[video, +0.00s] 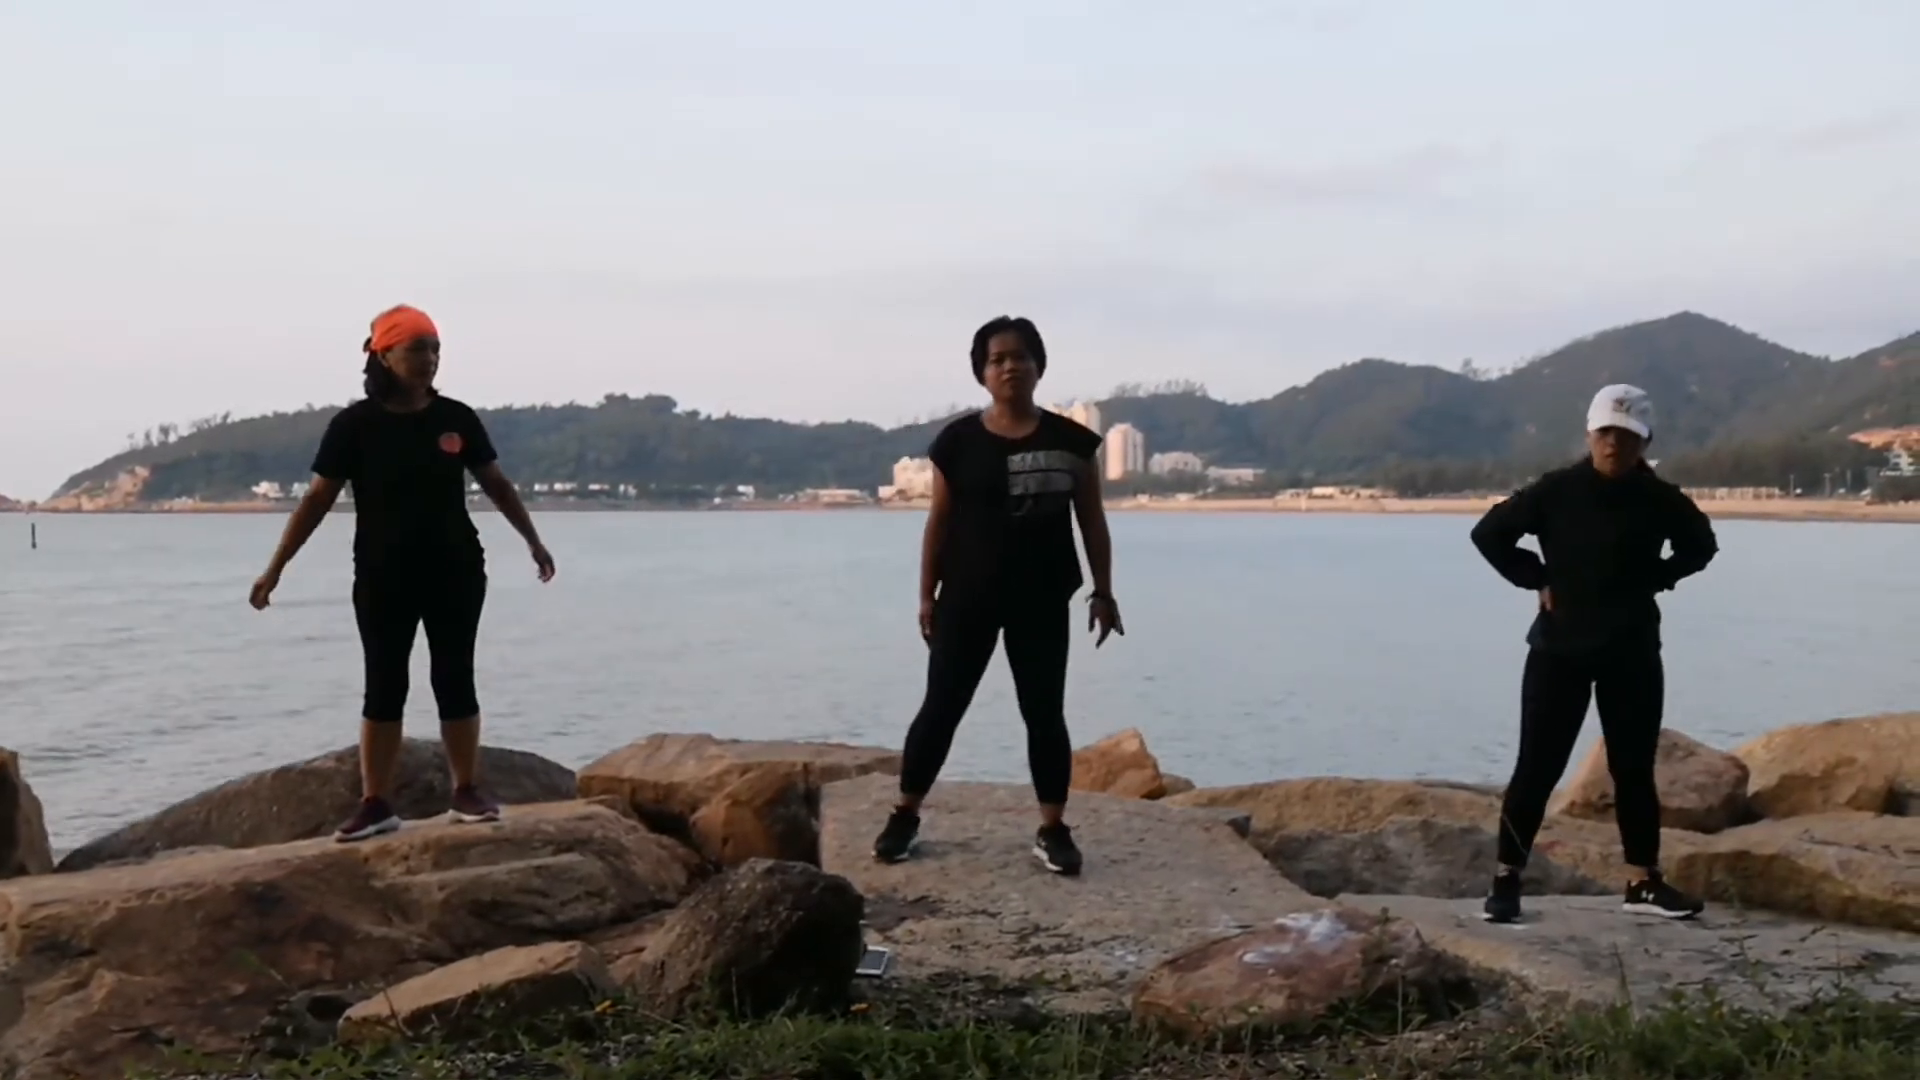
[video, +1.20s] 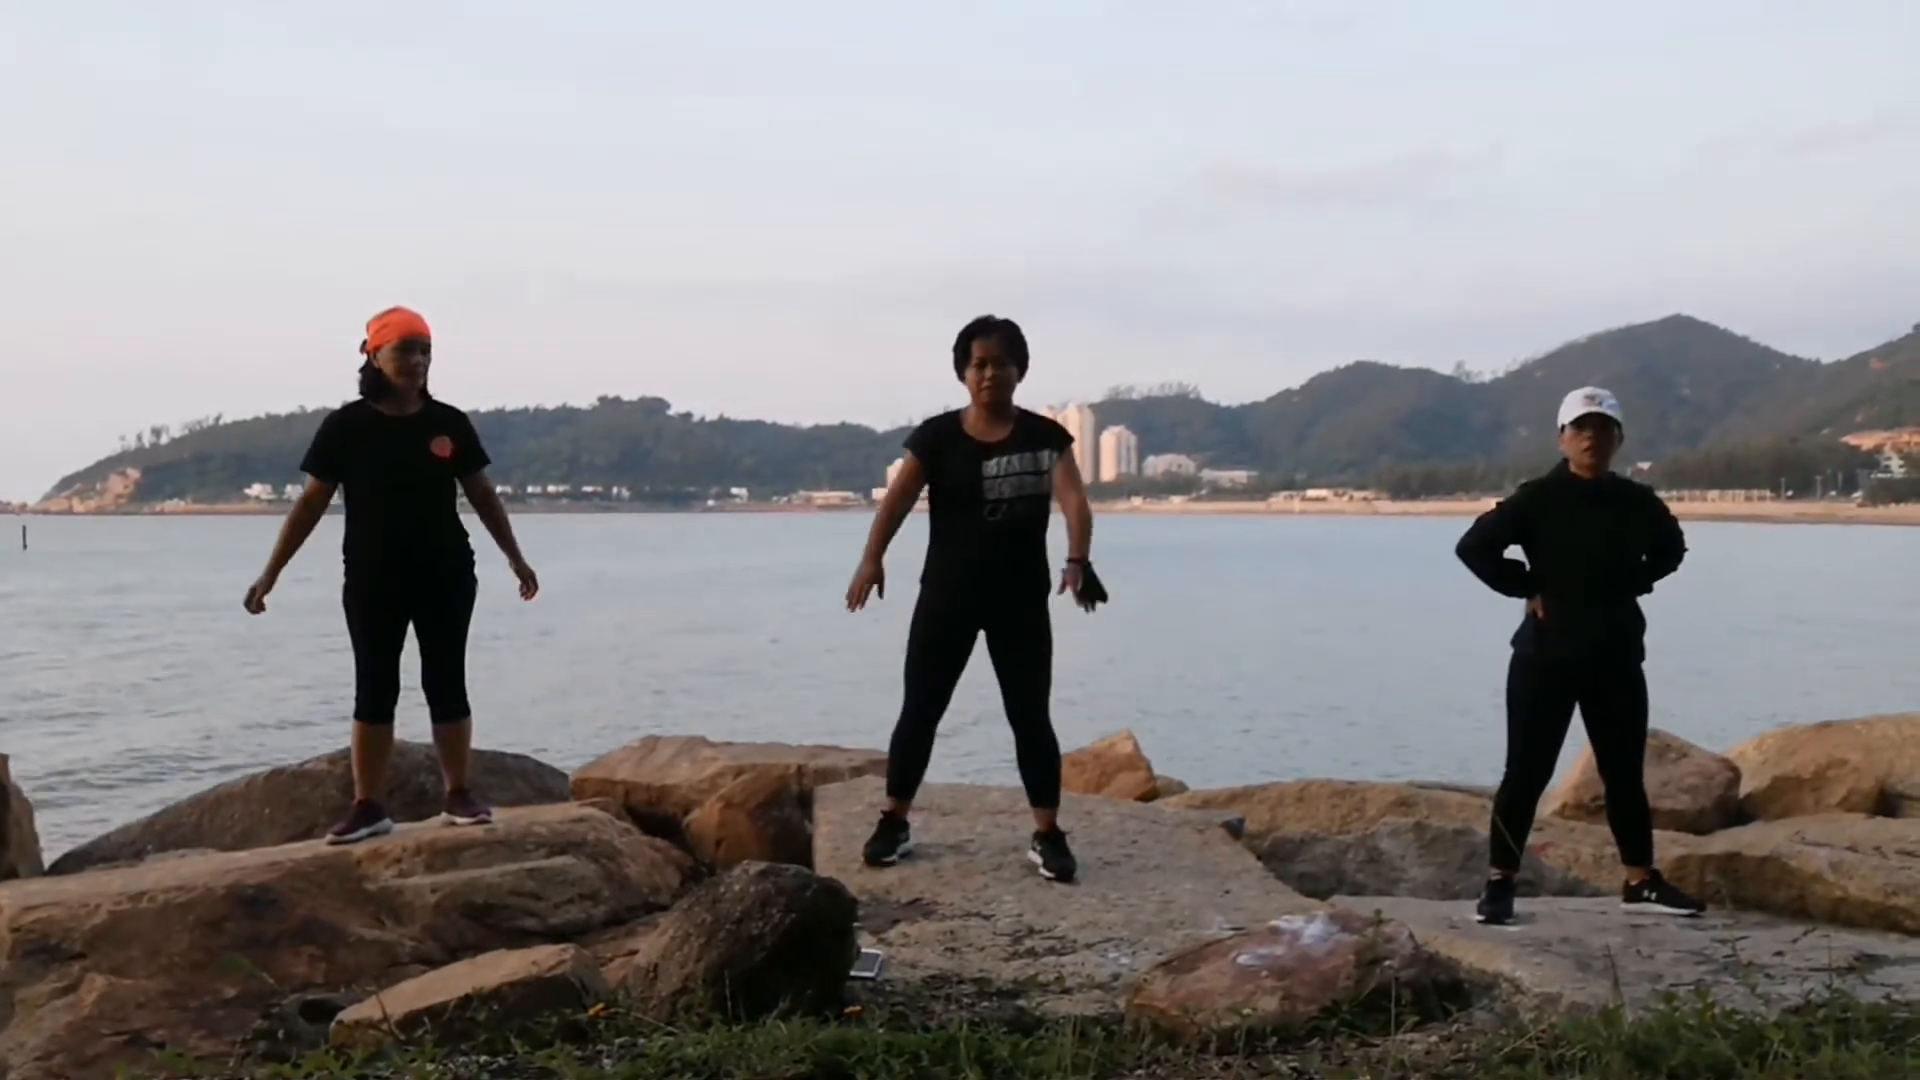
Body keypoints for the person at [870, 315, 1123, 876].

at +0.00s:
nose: (1010, 367)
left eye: (1020, 357)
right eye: (998, 359)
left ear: (1038, 366)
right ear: (982, 371)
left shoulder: (1071, 441)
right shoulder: (956, 442)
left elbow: (1092, 521)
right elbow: (938, 524)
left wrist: (1103, 591)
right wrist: (926, 597)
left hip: (1041, 604)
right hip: (969, 601)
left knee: (1046, 716)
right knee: (940, 709)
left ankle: (1053, 827)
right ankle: (906, 814)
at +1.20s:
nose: (988, 374)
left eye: (999, 364)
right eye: (978, 365)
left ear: (1019, 370)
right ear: (962, 372)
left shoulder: (1046, 438)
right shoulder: (936, 437)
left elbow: (1075, 503)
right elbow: (896, 501)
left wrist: (1077, 558)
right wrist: (870, 558)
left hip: (1020, 600)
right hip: (948, 599)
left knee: (1031, 717)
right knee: (920, 710)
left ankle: (1048, 833)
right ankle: (893, 821)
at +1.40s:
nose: (980, 401)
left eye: (993, 391)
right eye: (971, 389)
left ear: (1012, 396)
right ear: (955, 393)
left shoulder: (1031, 447)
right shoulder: (932, 444)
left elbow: (1056, 467)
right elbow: (901, 459)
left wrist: (1067, 478)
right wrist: (882, 476)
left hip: (1011, 616)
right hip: (937, 613)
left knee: (1043, 730)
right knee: (898, 716)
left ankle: (1047, 835)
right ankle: (892, 823)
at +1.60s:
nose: (970, 462)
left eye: (982, 452)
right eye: (960, 452)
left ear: (1000, 459)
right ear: (945, 459)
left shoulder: (1014, 509)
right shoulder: (927, 507)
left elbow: (1036, 505)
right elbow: (906, 507)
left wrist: (1050, 477)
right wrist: (897, 482)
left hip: (1001, 666)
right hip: (928, 664)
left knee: (1059, 735)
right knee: (873, 728)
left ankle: (1047, 836)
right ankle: (889, 825)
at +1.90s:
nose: (966, 524)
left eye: (977, 514)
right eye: (956, 513)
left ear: (995, 522)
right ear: (939, 520)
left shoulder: (1007, 565)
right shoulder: (923, 566)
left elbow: (1025, 563)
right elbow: (908, 566)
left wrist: (1039, 541)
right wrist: (900, 549)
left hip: (995, 717)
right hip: (924, 715)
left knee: (1063, 741)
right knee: (861, 733)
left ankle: (1046, 837)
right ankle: (886, 827)